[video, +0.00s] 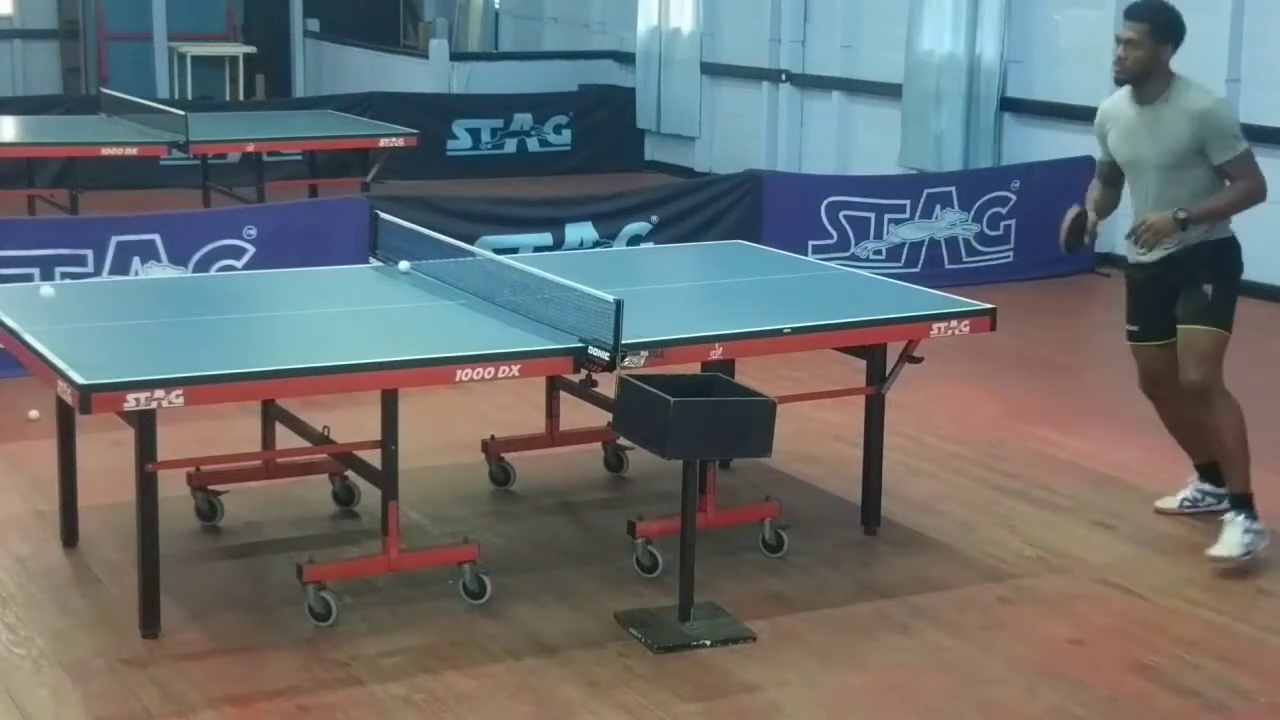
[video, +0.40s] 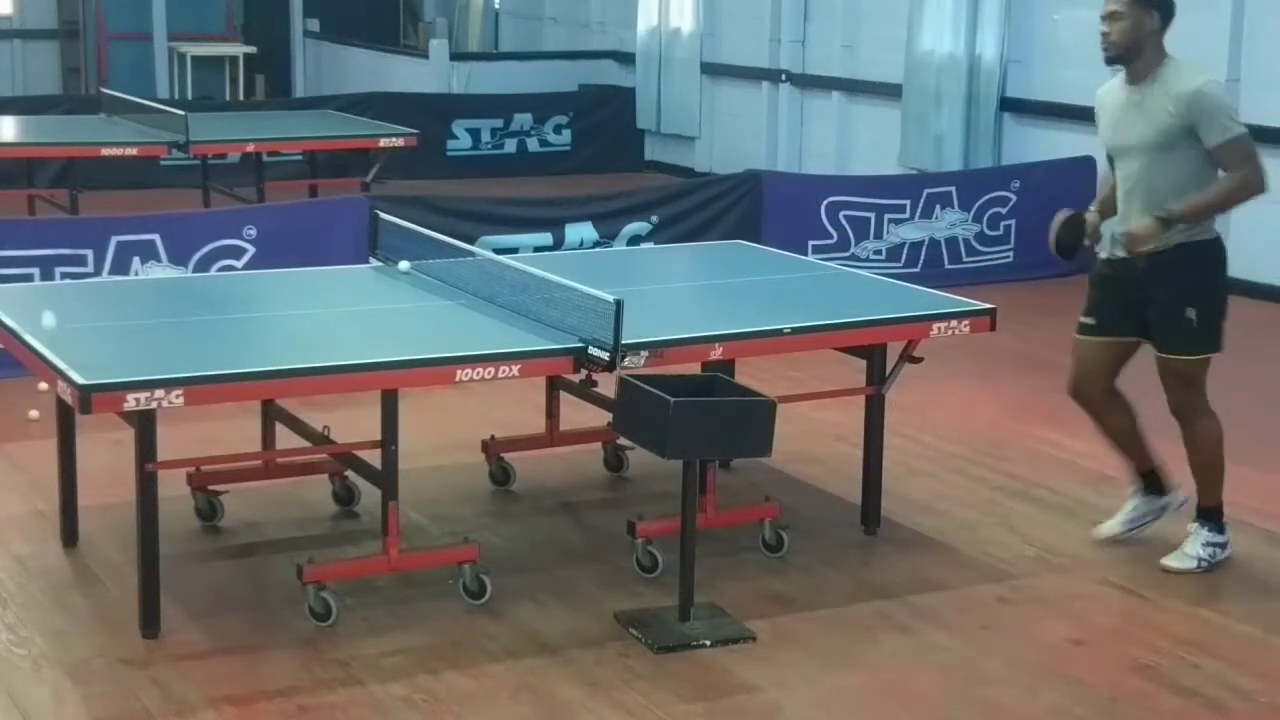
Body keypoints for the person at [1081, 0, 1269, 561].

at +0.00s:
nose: (1119, 53)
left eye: (1132, 45)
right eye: (1118, 42)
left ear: (1165, 52)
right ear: (1119, 46)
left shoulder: (1203, 109)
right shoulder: (1111, 113)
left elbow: (1252, 187)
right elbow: (1108, 182)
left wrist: (1180, 217)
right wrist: (1090, 211)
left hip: (1206, 259)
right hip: (1146, 266)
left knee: (1198, 379)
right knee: (1157, 382)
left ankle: (1245, 516)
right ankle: (1213, 484)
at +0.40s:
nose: (1105, 29)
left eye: (1117, 18)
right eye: (1103, 19)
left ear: (1155, 23)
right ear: (1110, 27)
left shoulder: (1196, 92)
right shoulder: (1108, 96)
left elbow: (1250, 177)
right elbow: (1121, 175)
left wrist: (1167, 219)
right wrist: (1092, 215)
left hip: (1186, 264)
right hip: (1122, 263)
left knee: (1187, 398)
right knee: (1088, 384)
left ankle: (1211, 529)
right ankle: (1155, 489)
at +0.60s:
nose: (1062, 33)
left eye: (1072, 22)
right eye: (1064, 22)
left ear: (1109, 29)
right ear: (1098, 30)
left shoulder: (1145, 96)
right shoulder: (1085, 98)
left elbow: (1169, 190)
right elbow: (1101, 186)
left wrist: (1078, 212)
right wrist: (1055, 218)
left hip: (1152, 271)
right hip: (1092, 271)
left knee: (1174, 400)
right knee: (1060, 397)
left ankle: (1206, 524)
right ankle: (1045, 540)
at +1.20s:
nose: (896, 61)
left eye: (903, 49)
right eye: (896, 49)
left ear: (936, 48)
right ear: (937, 48)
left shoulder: (964, 113)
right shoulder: (974, 100)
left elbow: (977, 227)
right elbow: (979, 201)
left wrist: (886, 264)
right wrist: (916, 213)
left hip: (984, 287)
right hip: (1008, 280)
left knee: (933, 433)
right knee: (1003, 416)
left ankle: (889, 589)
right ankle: (1039, 549)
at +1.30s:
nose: (848, 84)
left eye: (854, 71)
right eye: (845, 72)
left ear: (887, 61)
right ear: (899, 61)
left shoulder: (917, 125)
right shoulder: (958, 103)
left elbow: (915, 244)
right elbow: (962, 199)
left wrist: (827, 298)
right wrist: (896, 229)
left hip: (964, 290)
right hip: (1004, 280)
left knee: (897, 425)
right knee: (993, 412)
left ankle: (881, 591)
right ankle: (1036, 544)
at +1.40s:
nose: (806, 105)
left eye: (808, 91)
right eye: (802, 93)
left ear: (841, 78)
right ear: (854, 75)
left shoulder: (868, 139)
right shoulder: (927, 98)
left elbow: (854, 266)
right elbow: (973, 180)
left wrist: (772, 333)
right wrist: (891, 241)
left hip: (951, 291)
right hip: (1001, 277)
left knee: (892, 428)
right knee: (992, 407)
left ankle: (880, 591)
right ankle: (1029, 541)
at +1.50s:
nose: (778, 122)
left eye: (781, 108)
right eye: (773, 110)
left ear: (814, 92)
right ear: (823, 86)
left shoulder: (835, 155)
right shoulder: (905, 97)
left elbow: (814, 279)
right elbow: (974, 167)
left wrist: (741, 356)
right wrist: (898, 243)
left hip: (944, 292)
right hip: (1000, 272)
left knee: (892, 430)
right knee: (1001, 402)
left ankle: (880, 591)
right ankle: (1028, 540)